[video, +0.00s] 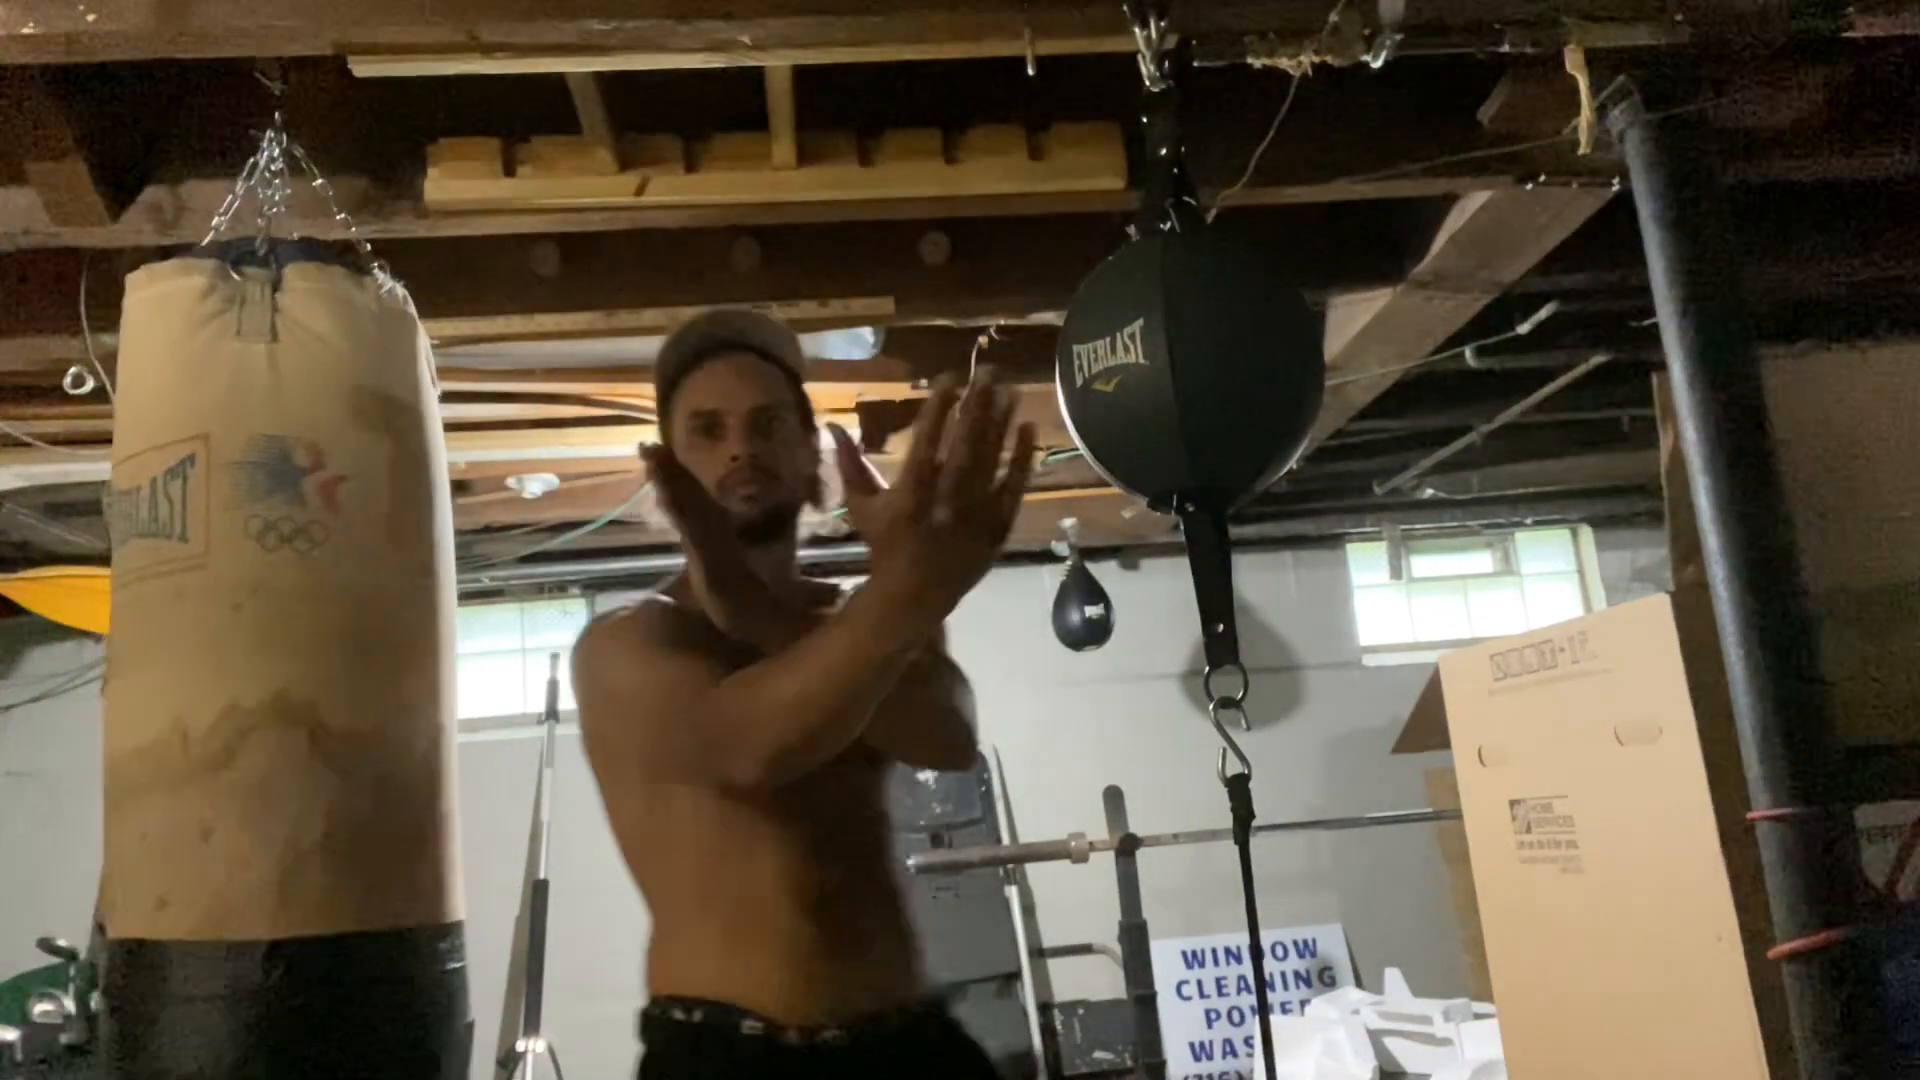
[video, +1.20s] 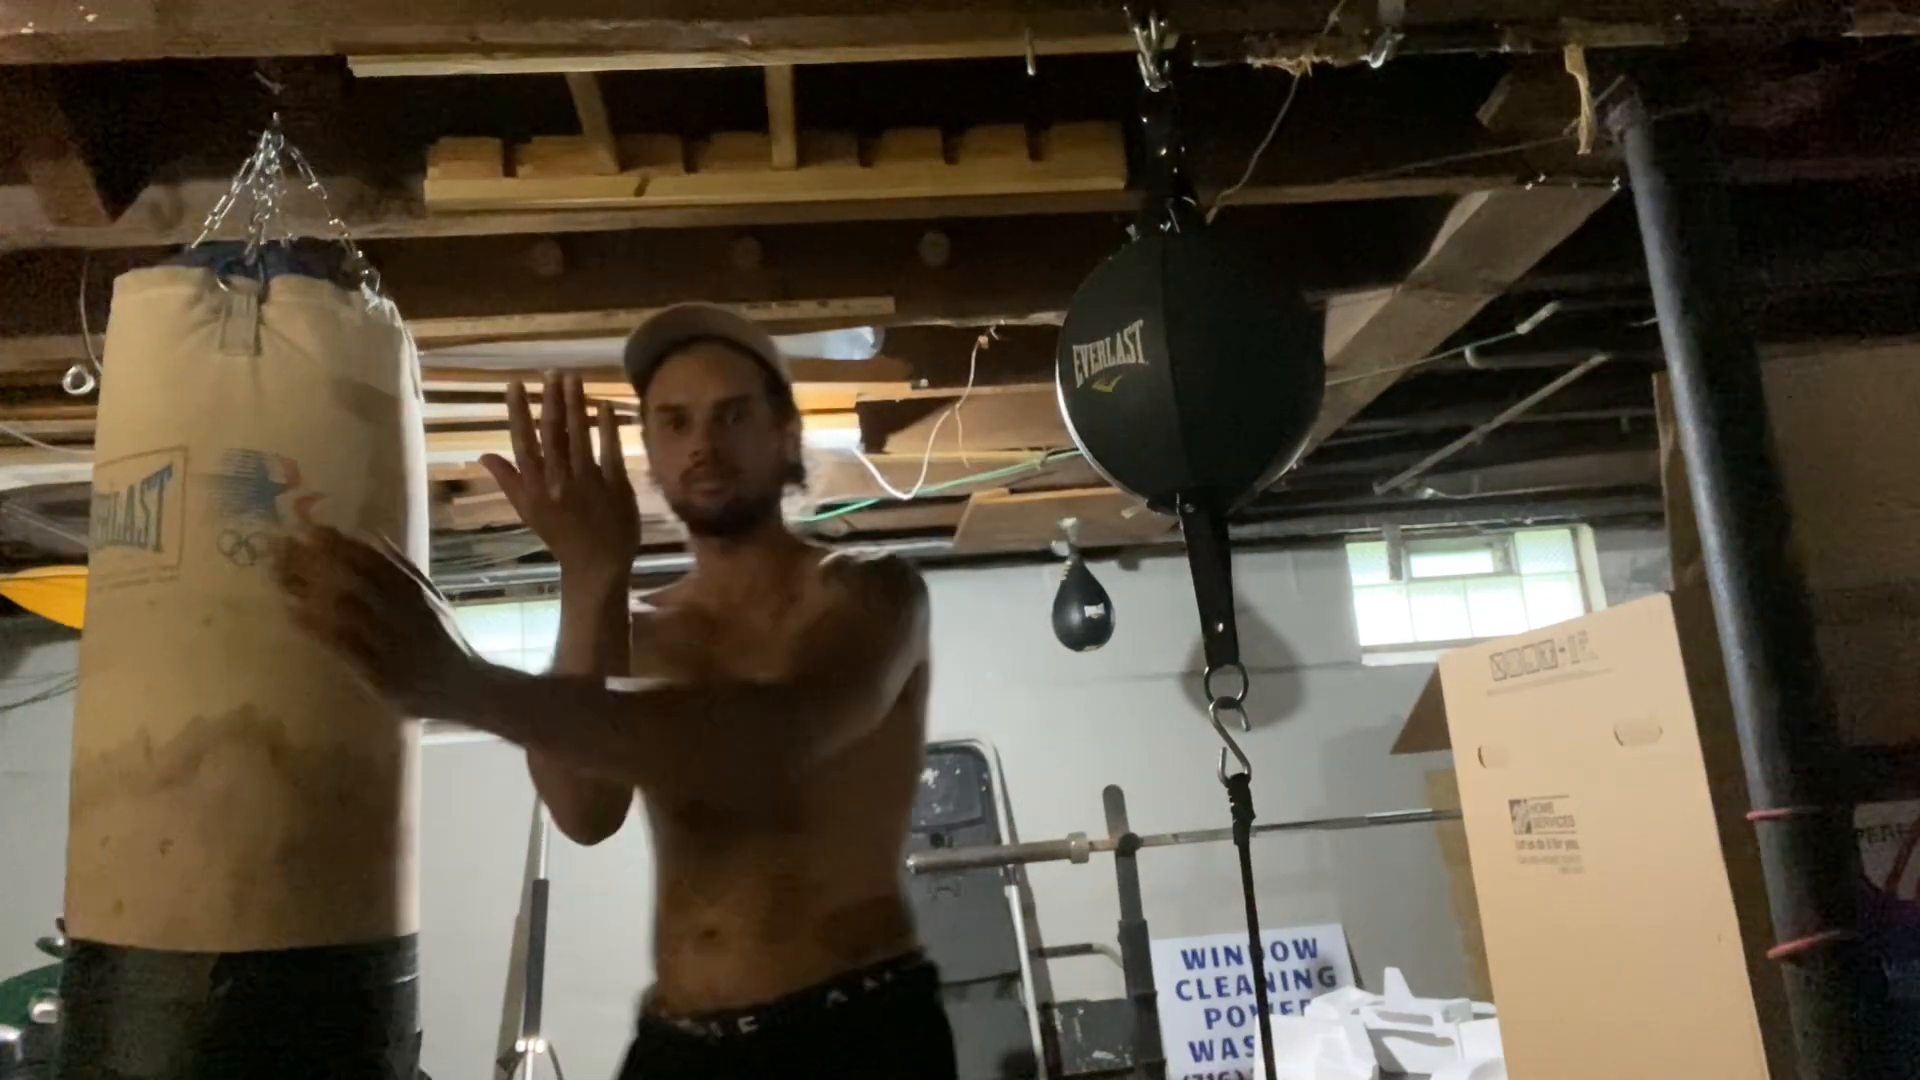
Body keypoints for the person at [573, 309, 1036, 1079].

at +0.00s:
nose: (742, 453)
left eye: (769, 425)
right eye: (708, 430)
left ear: (812, 453)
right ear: (670, 468)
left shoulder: (865, 616)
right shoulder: (623, 647)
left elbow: (950, 742)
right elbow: (745, 746)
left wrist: (753, 610)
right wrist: (911, 589)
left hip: (901, 1039)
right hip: (722, 1049)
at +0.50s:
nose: (703, 439)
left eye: (727, 412)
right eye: (665, 417)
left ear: (767, 439)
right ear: (621, 455)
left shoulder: (823, 613)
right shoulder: (576, 628)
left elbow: (936, 772)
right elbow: (734, 732)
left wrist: (806, 638)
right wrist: (942, 599)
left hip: (829, 1044)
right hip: (652, 1047)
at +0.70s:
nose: (713, 435)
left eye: (740, 406)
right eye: (685, 412)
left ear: (789, 445)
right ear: (645, 452)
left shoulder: (878, 618)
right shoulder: (587, 631)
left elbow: (987, 827)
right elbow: (637, 737)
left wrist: (858, 763)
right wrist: (708, 530)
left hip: (859, 1045)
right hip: (669, 1048)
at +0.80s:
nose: (712, 448)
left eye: (738, 421)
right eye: (685, 424)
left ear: (787, 453)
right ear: (648, 454)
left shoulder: (881, 621)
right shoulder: (576, 638)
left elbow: (962, 826)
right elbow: (600, 734)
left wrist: (820, 803)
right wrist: (646, 495)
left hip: (859, 1047)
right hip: (667, 1052)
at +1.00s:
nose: (689, 450)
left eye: (719, 425)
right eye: (659, 429)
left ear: (768, 452)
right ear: (626, 459)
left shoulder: (862, 610)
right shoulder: (589, 628)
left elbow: (836, 804)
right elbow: (578, 764)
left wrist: (622, 780)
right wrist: (582, 513)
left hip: (837, 1040)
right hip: (642, 1050)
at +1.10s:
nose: (689, 452)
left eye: (719, 423)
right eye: (660, 429)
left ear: (771, 444)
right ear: (629, 458)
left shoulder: (860, 606)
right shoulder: (576, 638)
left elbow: (810, 776)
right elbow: (574, 804)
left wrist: (547, 742)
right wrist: (586, 562)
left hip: (837, 1039)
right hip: (649, 1051)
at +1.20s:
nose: (704, 448)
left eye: (735, 415)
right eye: (674, 422)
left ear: (789, 438)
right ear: (650, 451)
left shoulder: (874, 593)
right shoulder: (647, 628)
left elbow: (772, 747)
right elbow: (585, 810)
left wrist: (460, 685)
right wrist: (590, 576)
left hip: (854, 1027)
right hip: (682, 1041)